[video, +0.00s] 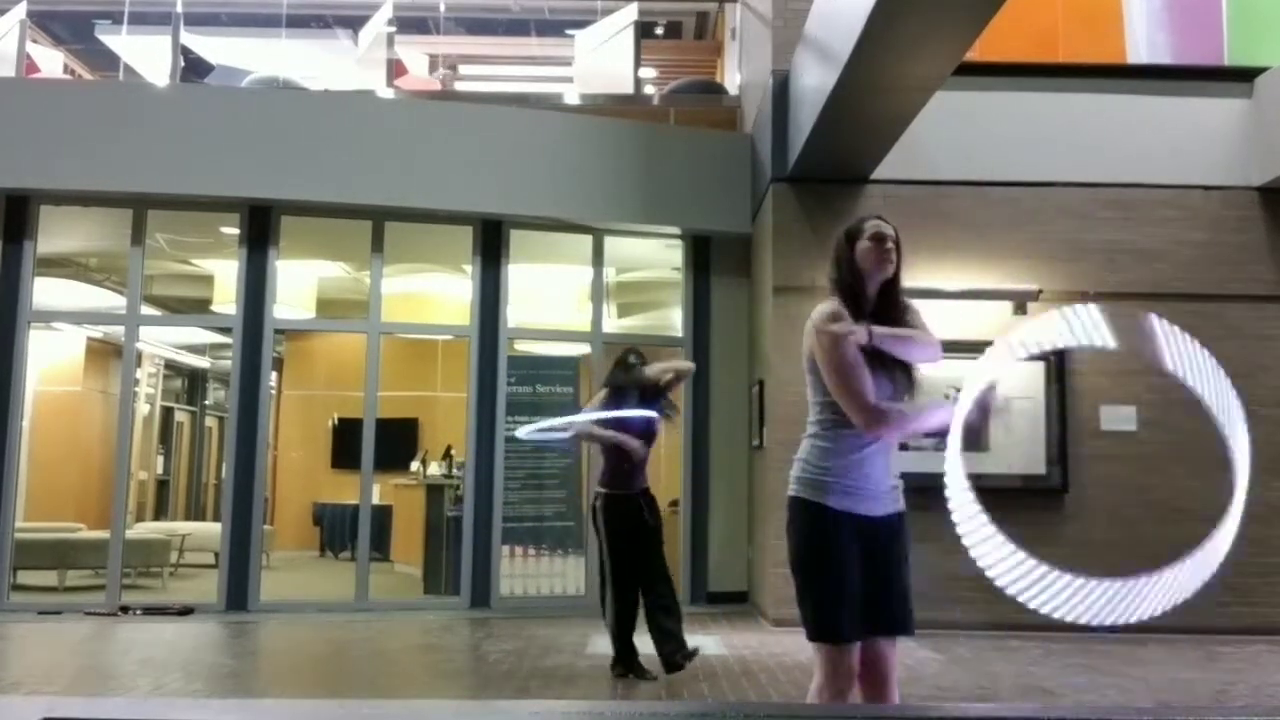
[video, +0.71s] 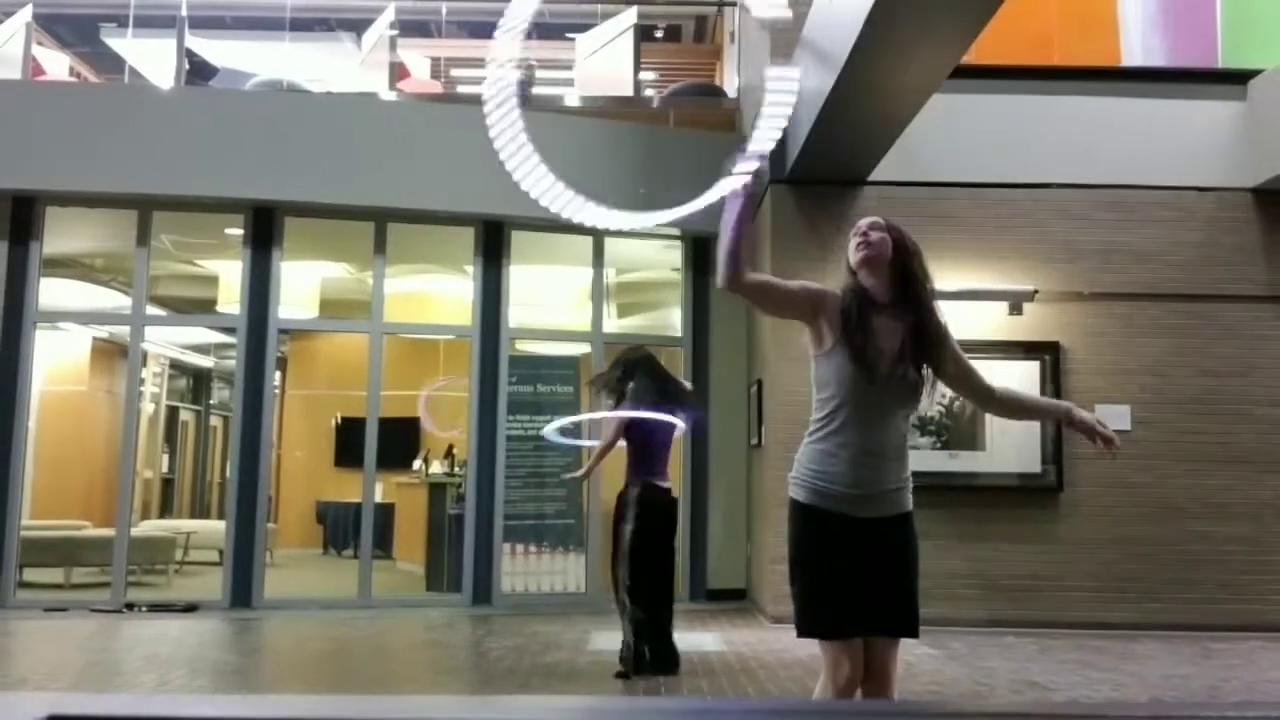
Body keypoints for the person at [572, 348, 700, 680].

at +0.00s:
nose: (648, 371)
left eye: (648, 368)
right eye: (644, 367)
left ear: (638, 373)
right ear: (633, 373)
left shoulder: (651, 397)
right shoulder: (608, 401)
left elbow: (688, 368)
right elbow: (579, 428)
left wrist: (653, 371)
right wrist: (622, 439)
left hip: (641, 500)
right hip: (612, 503)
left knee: (657, 578)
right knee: (622, 583)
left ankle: (673, 653)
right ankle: (624, 659)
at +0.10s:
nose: (654, 380)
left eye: (654, 374)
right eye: (650, 374)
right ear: (638, 378)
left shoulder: (642, 406)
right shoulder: (617, 405)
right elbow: (657, 430)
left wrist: (681, 398)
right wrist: (679, 403)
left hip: (631, 503)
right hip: (610, 505)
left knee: (646, 579)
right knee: (621, 584)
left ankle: (668, 651)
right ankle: (626, 659)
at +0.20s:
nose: (659, 390)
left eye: (660, 382)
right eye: (656, 383)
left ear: (630, 376)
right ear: (644, 380)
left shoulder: (632, 414)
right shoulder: (617, 404)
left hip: (629, 503)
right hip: (619, 505)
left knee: (636, 578)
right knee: (625, 579)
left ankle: (644, 648)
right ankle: (630, 657)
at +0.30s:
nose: (664, 387)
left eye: (662, 378)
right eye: (659, 378)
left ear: (632, 375)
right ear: (643, 377)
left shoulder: (637, 411)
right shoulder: (630, 398)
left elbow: (644, 461)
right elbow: (678, 364)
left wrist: (681, 482)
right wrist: (671, 377)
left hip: (621, 501)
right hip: (630, 503)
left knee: (625, 581)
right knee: (635, 581)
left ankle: (622, 654)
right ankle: (627, 655)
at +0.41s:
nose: (657, 381)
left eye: (655, 375)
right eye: (654, 375)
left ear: (619, 377)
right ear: (649, 378)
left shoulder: (614, 405)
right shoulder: (649, 402)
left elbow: (608, 451)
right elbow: (694, 373)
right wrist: (695, 373)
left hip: (612, 500)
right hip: (637, 505)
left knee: (615, 580)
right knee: (640, 582)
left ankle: (613, 655)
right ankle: (630, 657)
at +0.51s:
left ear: (621, 378)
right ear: (656, 375)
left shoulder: (615, 403)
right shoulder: (670, 404)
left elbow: (601, 450)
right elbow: (713, 397)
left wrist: (602, 480)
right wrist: (684, 391)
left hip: (618, 498)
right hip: (652, 501)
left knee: (616, 576)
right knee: (645, 577)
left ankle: (625, 652)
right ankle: (639, 656)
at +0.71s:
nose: (618, 389)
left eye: (620, 382)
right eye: (618, 383)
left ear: (630, 379)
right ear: (655, 375)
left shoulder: (631, 403)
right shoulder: (671, 405)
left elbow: (610, 439)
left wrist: (586, 469)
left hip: (638, 499)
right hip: (664, 498)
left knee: (627, 574)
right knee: (660, 575)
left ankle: (637, 655)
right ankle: (664, 654)